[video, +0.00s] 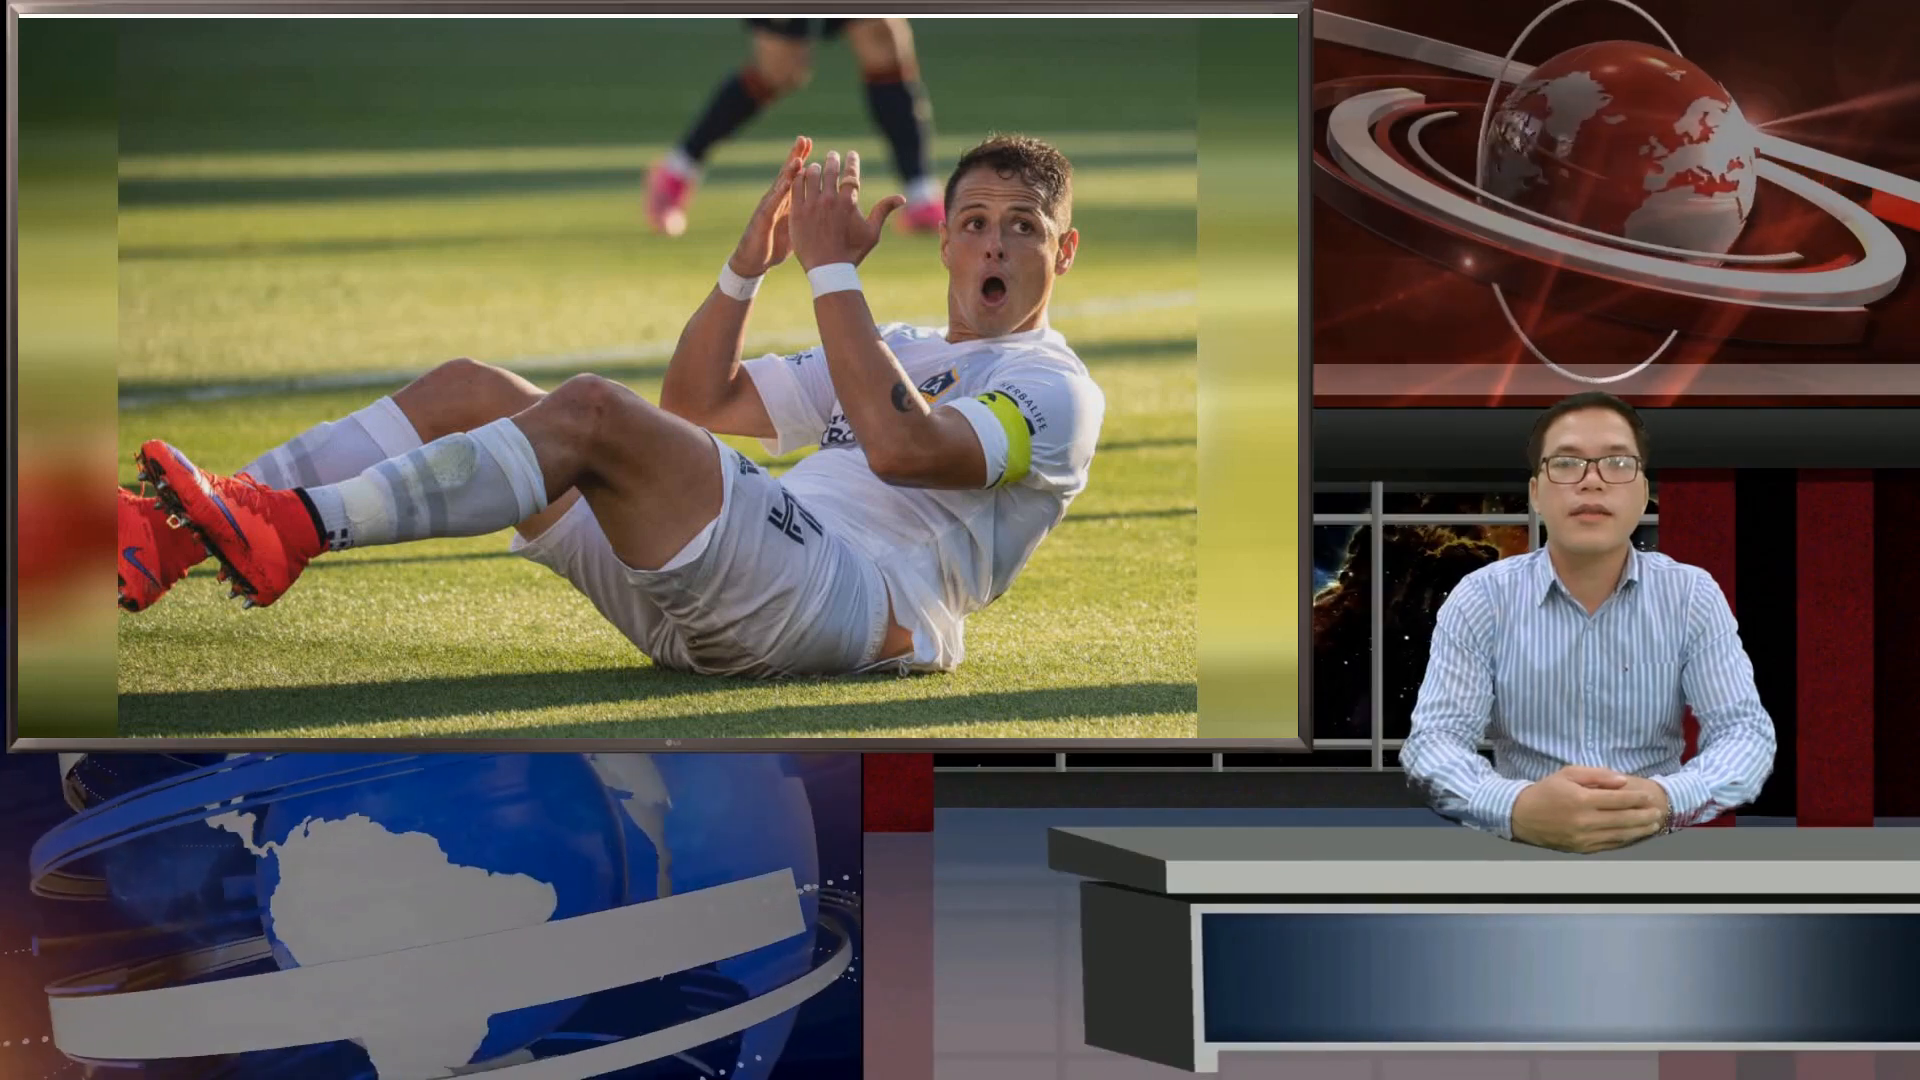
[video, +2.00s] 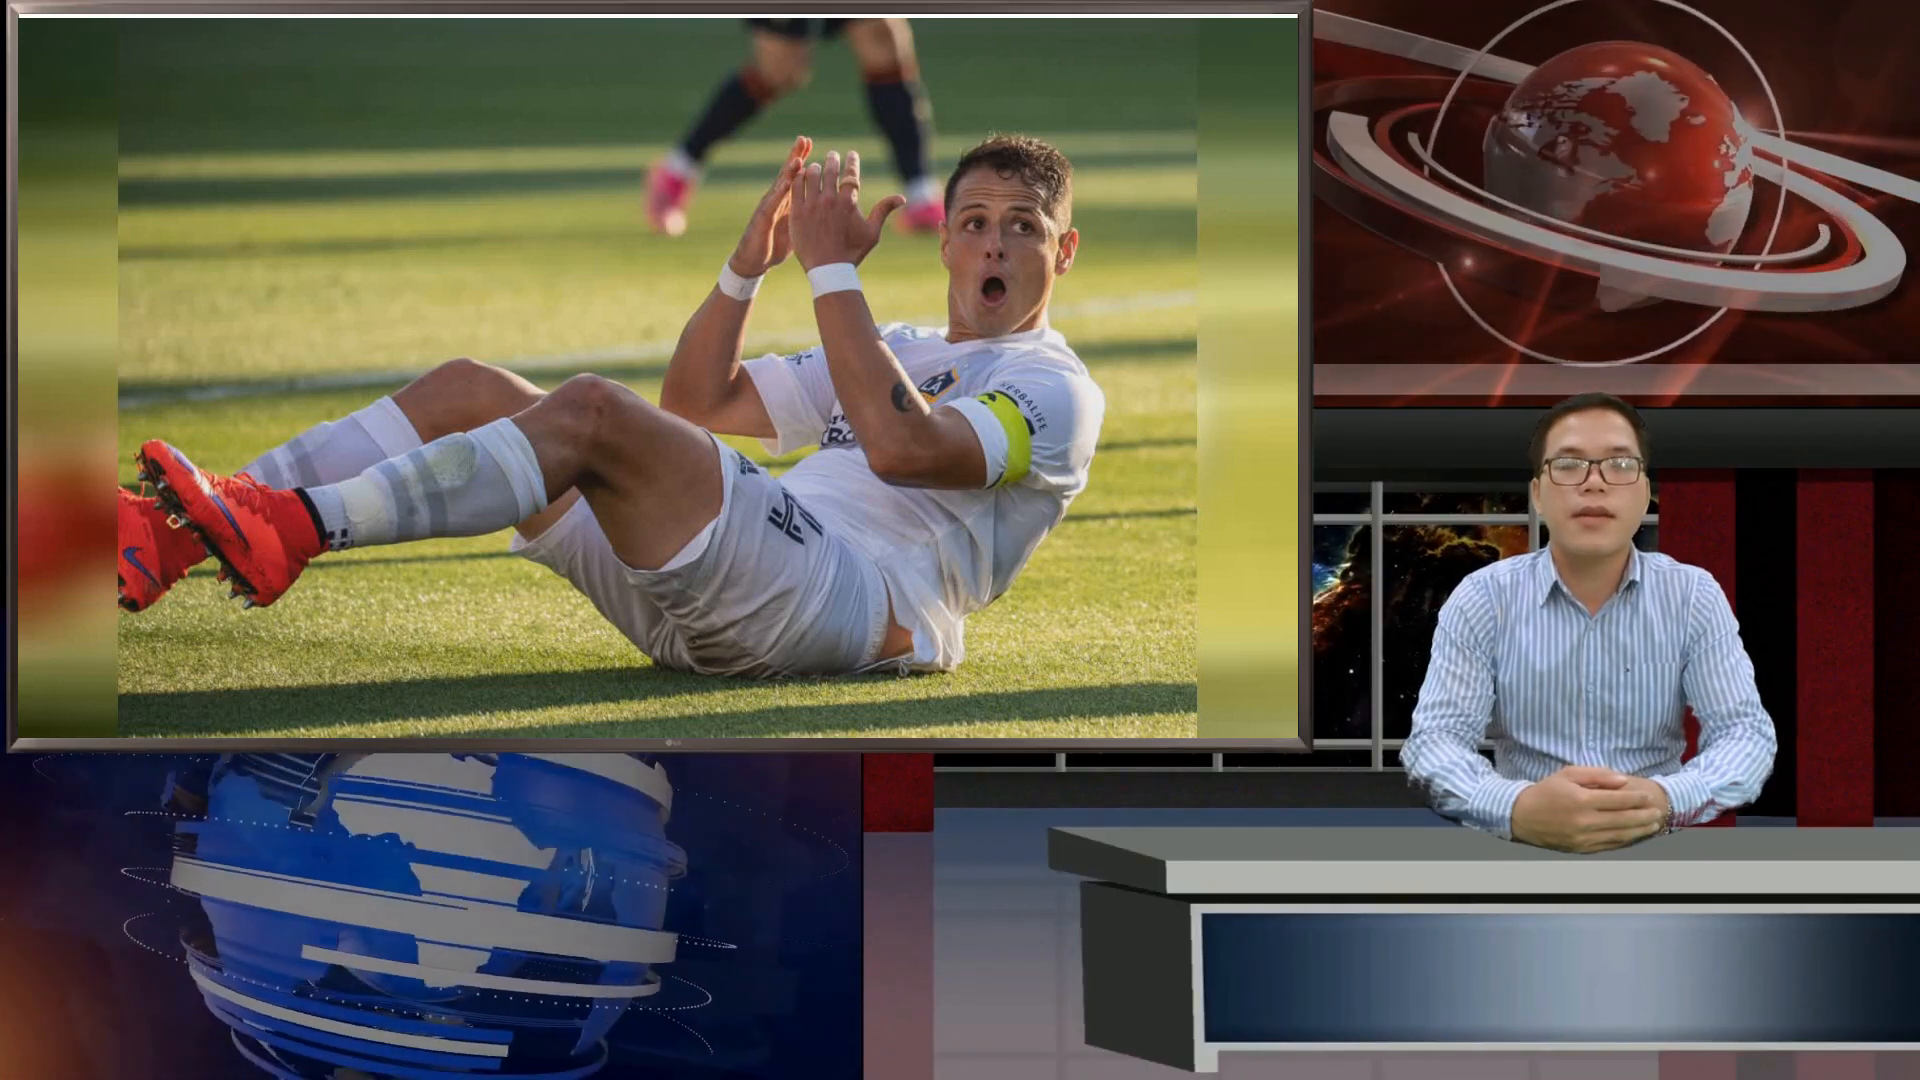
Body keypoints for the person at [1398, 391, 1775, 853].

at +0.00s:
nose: (1591, 481)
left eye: (1616, 463)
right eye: (1566, 463)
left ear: (1643, 493)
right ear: (1536, 494)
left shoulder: (1688, 598)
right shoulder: (1483, 601)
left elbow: (1744, 734)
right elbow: (1432, 745)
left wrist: (1668, 800)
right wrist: (1515, 809)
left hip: (1656, 851)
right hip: (1519, 854)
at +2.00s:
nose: (1594, 482)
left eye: (1618, 464)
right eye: (1568, 464)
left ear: (1645, 495)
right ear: (1538, 495)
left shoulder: (1690, 598)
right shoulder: (1484, 601)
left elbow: (1745, 735)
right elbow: (1432, 745)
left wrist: (1667, 800)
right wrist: (1514, 809)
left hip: (1657, 853)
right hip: (1520, 857)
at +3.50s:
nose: (1595, 482)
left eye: (1619, 464)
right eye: (1569, 464)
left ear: (1646, 495)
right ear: (1538, 496)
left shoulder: (1691, 598)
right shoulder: (1484, 601)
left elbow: (1745, 735)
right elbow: (1433, 745)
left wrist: (1667, 800)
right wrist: (1514, 809)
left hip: (1657, 854)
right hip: (1520, 857)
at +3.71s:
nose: (1595, 483)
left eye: (1619, 464)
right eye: (1569, 464)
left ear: (1646, 495)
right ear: (1538, 495)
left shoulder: (1690, 598)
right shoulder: (1484, 601)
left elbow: (1745, 735)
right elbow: (1432, 745)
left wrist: (1667, 800)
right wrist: (1514, 809)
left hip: (1656, 854)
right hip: (1520, 857)